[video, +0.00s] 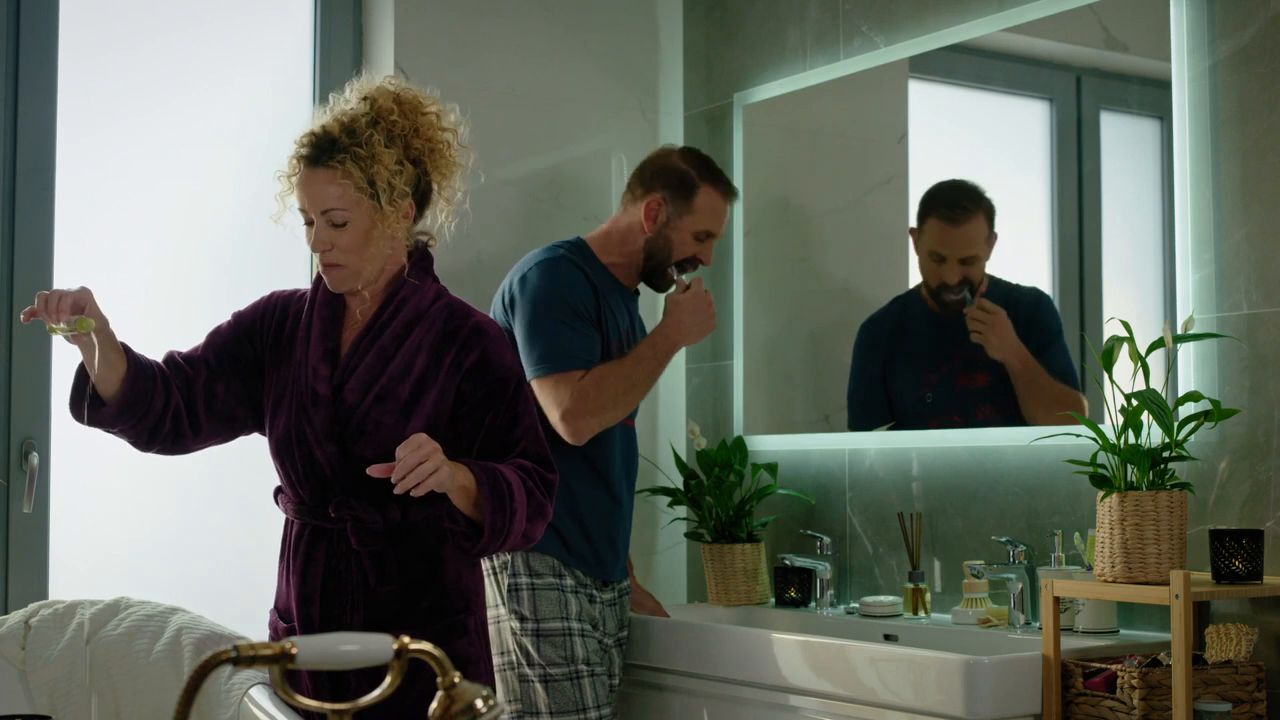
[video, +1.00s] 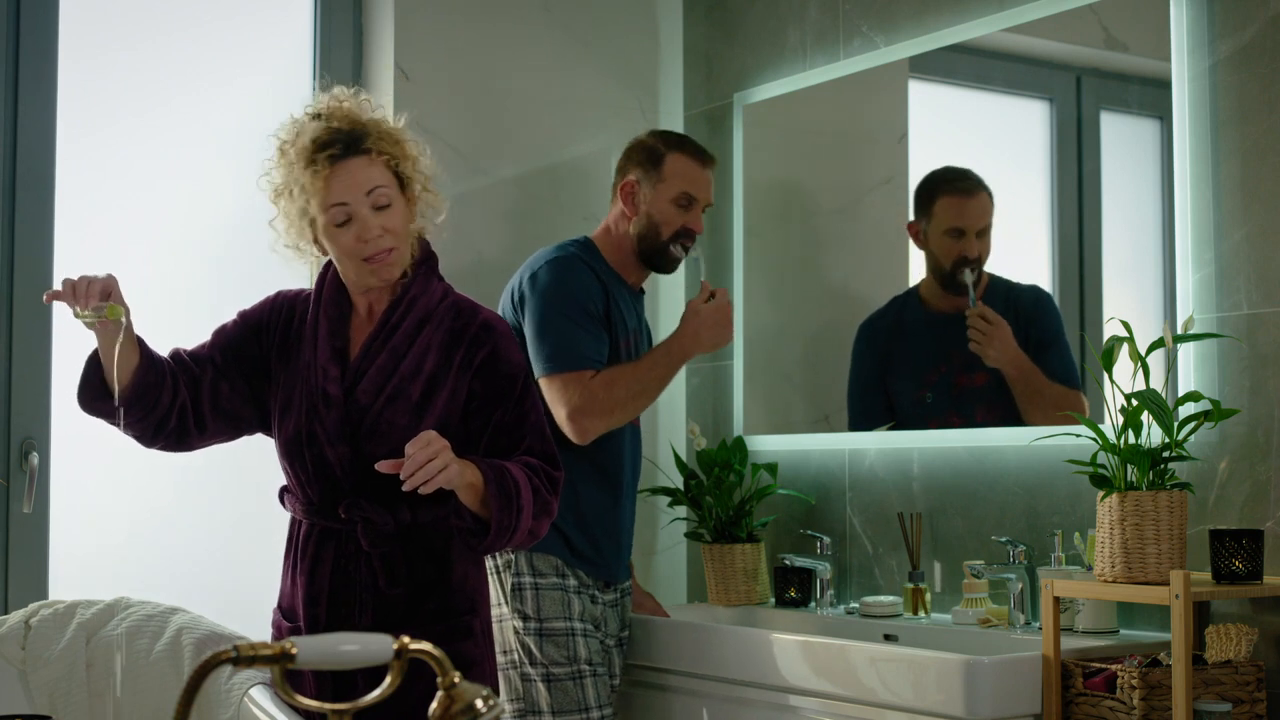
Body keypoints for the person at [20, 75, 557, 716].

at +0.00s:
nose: (317, 241)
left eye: (336, 220)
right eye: (310, 220)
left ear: (403, 215)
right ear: (301, 215)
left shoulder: (472, 346)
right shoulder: (283, 328)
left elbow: (533, 496)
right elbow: (176, 407)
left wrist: (458, 480)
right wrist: (99, 348)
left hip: (432, 628)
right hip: (307, 626)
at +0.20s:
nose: (319, 237)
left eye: (340, 216)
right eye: (312, 216)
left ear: (407, 214)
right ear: (304, 212)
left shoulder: (474, 346)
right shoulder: (285, 327)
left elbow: (535, 497)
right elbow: (174, 410)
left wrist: (461, 481)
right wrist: (103, 345)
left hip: (433, 630)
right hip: (308, 628)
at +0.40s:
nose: (326, 227)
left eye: (345, 203)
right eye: (315, 210)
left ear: (408, 200)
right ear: (305, 214)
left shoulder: (475, 345)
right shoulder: (287, 326)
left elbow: (535, 500)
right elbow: (170, 407)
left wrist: (461, 482)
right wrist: (102, 330)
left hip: (434, 634)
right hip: (308, 632)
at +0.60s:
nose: (327, 231)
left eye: (344, 203)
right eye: (311, 215)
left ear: (400, 198)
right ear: (301, 226)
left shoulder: (478, 342)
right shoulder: (289, 326)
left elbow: (537, 497)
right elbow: (176, 406)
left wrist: (463, 479)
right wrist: (105, 328)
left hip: (435, 630)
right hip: (311, 628)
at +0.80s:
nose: (331, 235)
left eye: (347, 207)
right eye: (313, 219)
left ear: (400, 200)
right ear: (302, 229)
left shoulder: (478, 340)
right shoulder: (290, 326)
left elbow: (540, 494)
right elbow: (177, 408)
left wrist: (468, 479)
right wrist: (111, 332)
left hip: (437, 628)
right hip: (311, 626)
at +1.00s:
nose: (371, 232)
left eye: (382, 204)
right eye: (342, 219)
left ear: (411, 200)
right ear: (314, 232)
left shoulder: (479, 340)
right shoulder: (286, 329)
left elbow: (537, 493)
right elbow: (169, 410)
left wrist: (467, 477)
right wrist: (112, 327)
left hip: (440, 622)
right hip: (315, 623)